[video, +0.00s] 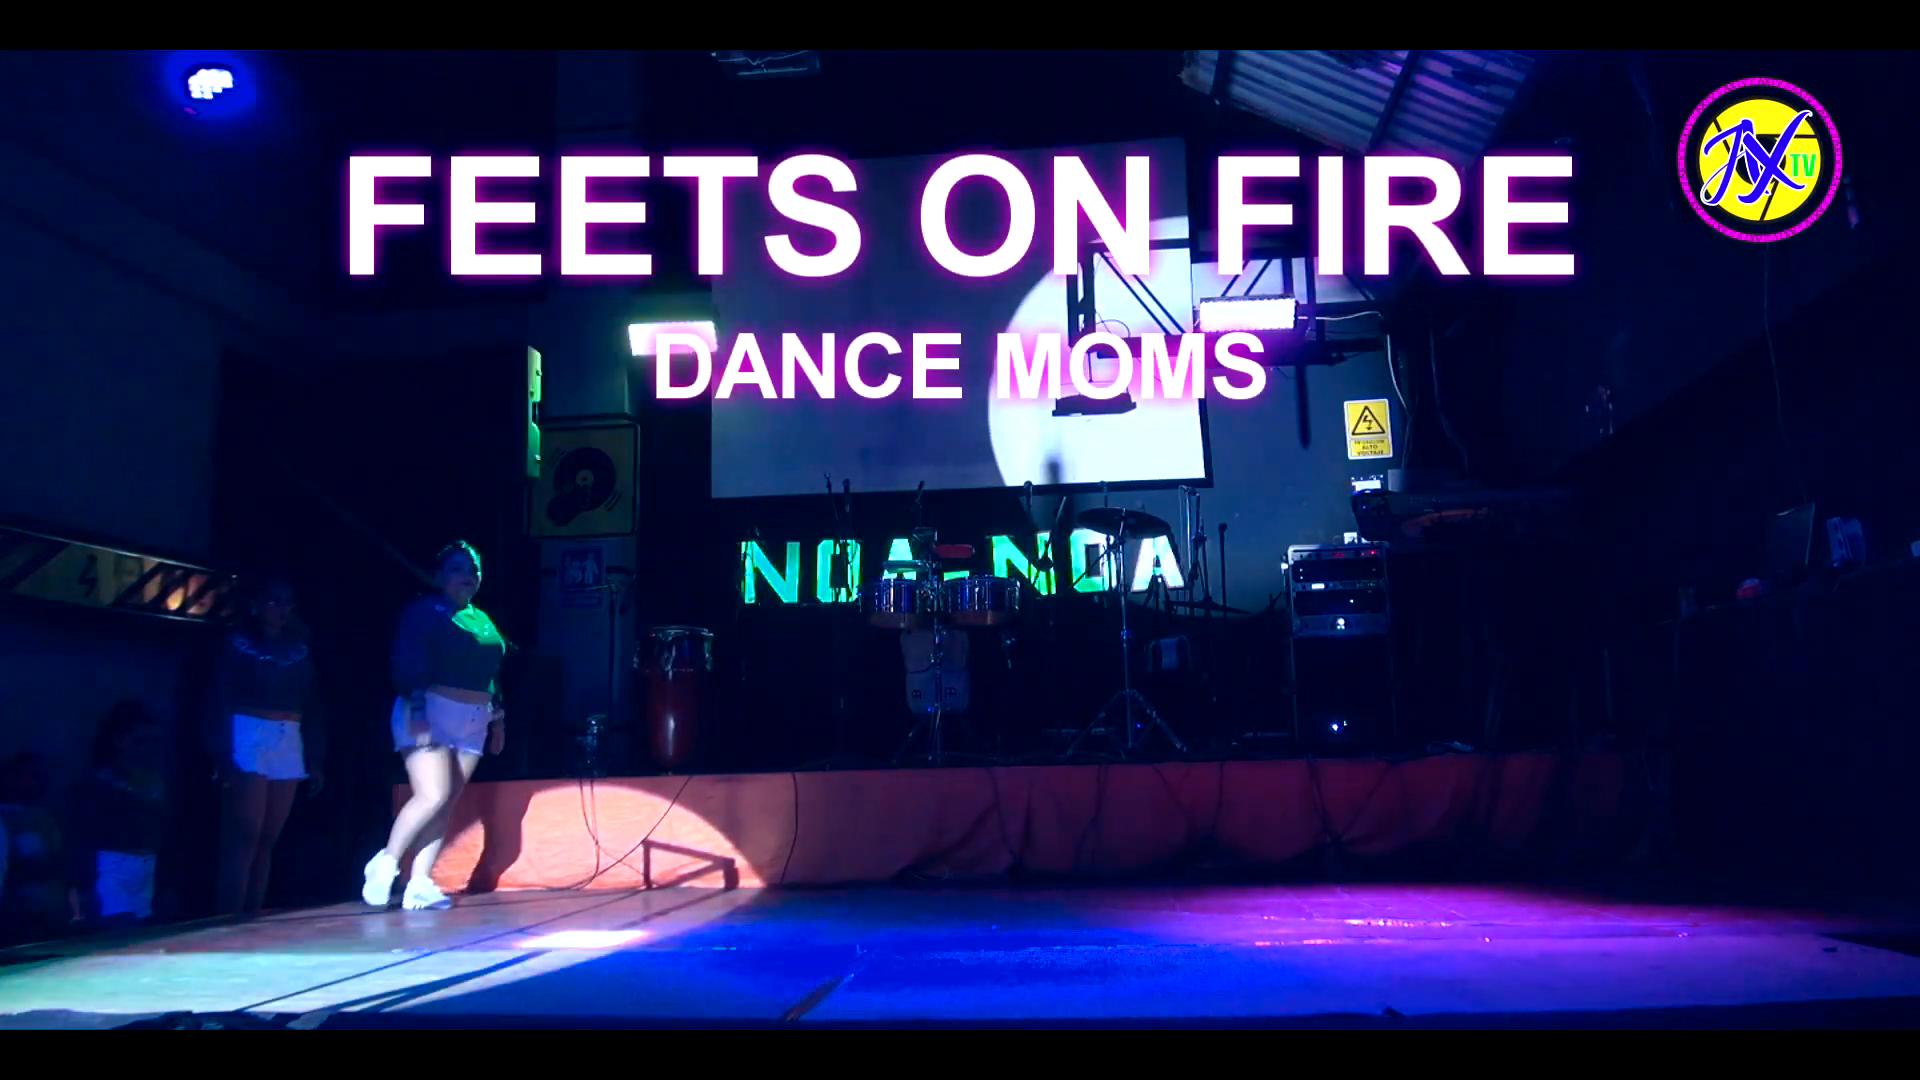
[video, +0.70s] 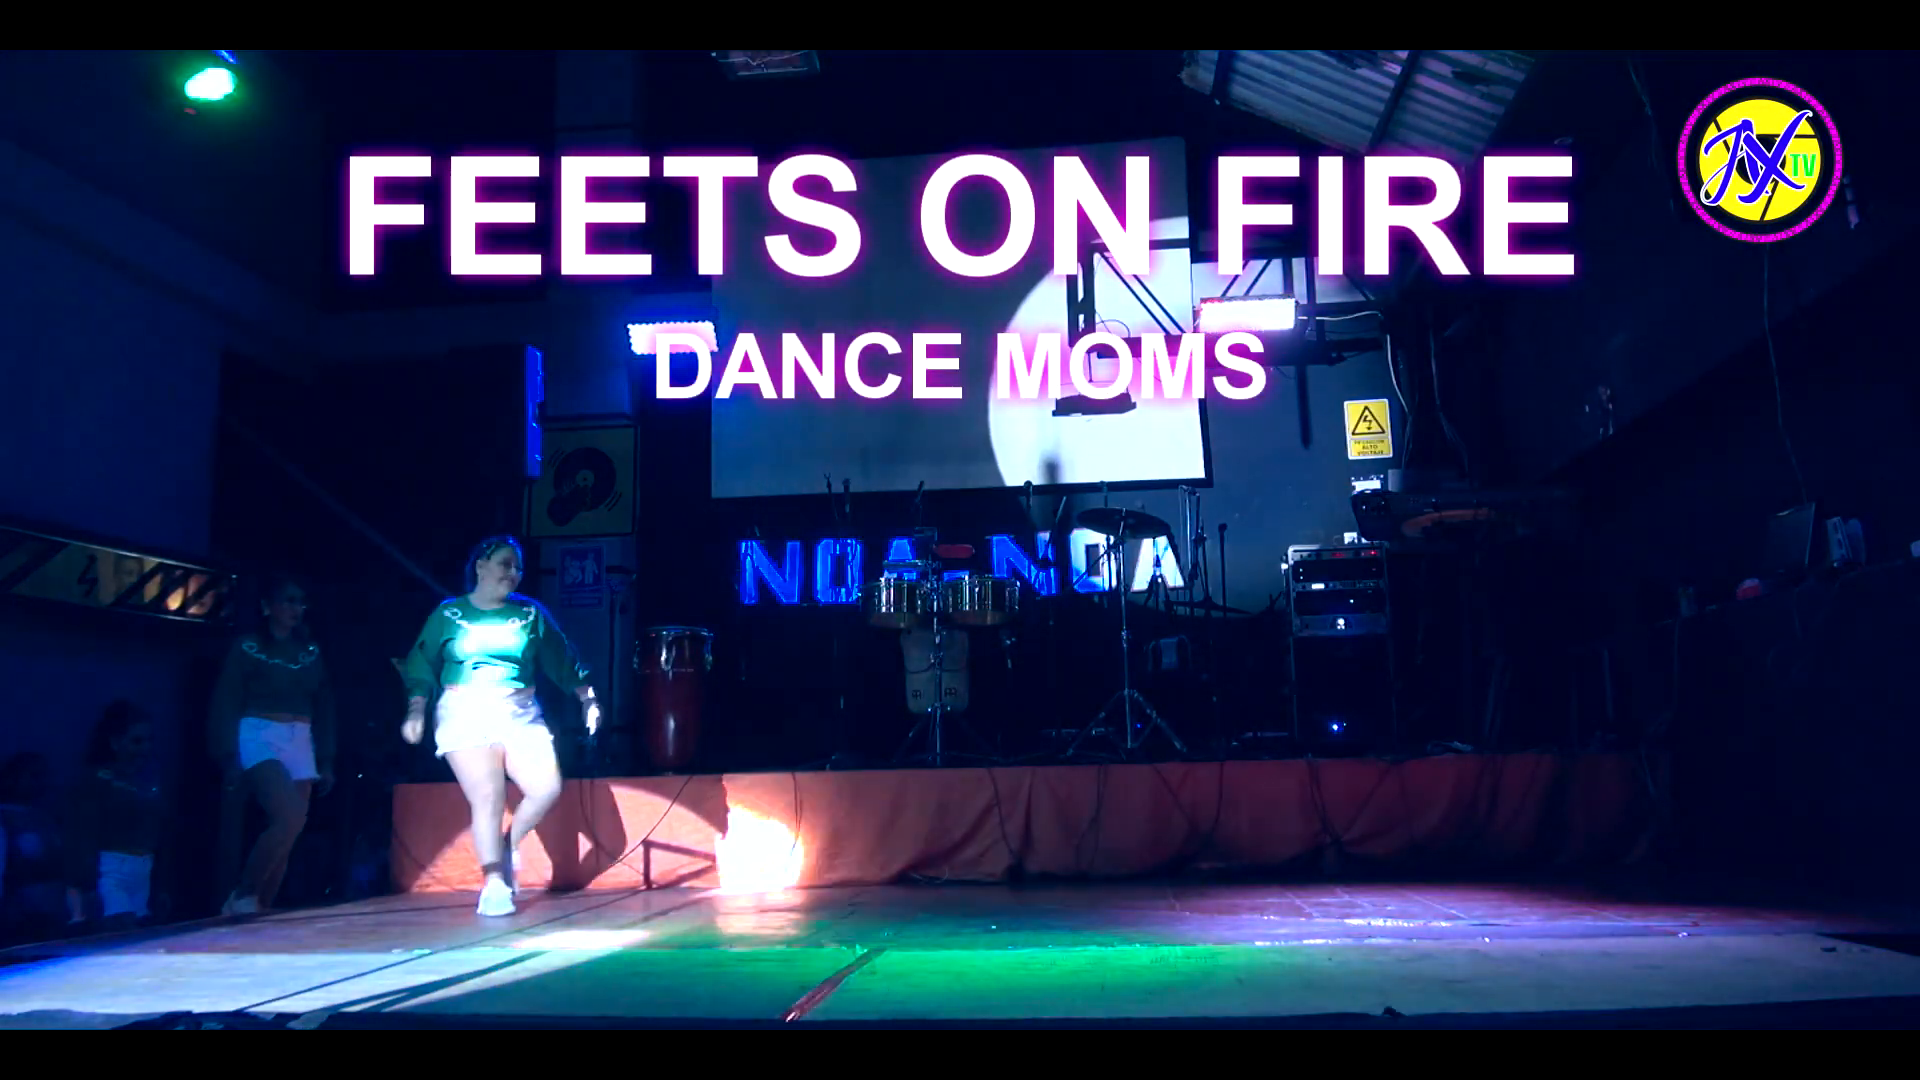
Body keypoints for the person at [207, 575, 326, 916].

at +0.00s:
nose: (280, 611)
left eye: (286, 604)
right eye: (274, 603)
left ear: (293, 609)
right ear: (258, 605)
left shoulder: (298, 647)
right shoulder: (239, 641)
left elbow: (310, 705)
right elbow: (222, 698)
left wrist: (313, 758)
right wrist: (223, 755)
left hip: (290, 733)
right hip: (251, 730)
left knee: (271, 834)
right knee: (248, 828)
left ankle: (255, 912)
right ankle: (232, 911)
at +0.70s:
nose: (295, 610)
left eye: (299, 603)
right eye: (288, 602)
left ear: (304, 609)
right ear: (269, 606)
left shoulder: (310, 652)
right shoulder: (249, 647)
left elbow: (322, 708)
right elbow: (228, 699)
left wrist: (324, 760)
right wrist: (227, 750)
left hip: (300, 736)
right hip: (258, 733)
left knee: (293, 822)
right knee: (288, 813)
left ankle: (263, 906)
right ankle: (244, 894)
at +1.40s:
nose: (338, 590)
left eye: (343, 584)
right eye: (330, 584)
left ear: (349, 592)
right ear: (312, 590)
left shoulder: (357, 641)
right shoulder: (288, 633)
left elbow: (369, 698)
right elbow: (262, 690)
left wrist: (375, 746)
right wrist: (255, 746)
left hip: (334, 729)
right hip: (290, 720)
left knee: (303, 827)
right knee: (334, 797)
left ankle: (266, 911)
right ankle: (315, 887)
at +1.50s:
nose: (348, 577)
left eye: (353, 571)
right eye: (340, 571)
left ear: (360, 577)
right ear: (322, 577)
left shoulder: (365, 625)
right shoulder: (298, 617)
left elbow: (379, 682)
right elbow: (272, 676)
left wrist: (385, 730)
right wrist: (266, 735)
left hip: (343, 716)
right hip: (300, 707)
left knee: (330, 808)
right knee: (332, 795)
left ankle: (276, 897)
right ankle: (315, 887)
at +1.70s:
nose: (370, 558)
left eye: (374, 552)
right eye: (362, 552)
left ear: (379, 560)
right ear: (342, 558)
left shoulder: (380, 606)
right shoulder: (318, 598)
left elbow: (389, 665)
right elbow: (295, 657)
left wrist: (394, 711)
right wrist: (292, 713)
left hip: (364, 694)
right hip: (322, 688)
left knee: (378, 787)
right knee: (329, 789)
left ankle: (308, 841)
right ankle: (315, 885)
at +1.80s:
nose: (381, 552)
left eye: (385, 546)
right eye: (373, 545)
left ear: (391, 554)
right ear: (353, 551)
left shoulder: (388, 597)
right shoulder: (331, 591)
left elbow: (394, 655)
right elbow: (310, 646)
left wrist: (395, 702)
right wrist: (313, 701)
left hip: (375, 685)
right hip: (334, 681)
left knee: (398, 774)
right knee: (329, 787)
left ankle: (346, 853)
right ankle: (314, 884)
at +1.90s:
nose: (397, 550)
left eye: (400, 544)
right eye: (388, 543)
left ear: (403, 554)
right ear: (366, 551)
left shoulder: (401, 598)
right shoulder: (349, 592)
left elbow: (403, 655)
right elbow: (325, 648)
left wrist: (401, 699)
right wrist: (343, 694)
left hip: (387, 689)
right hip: (344, 686)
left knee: (416, 773)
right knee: (328, 789)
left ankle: (384, 873)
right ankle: (315, 885)